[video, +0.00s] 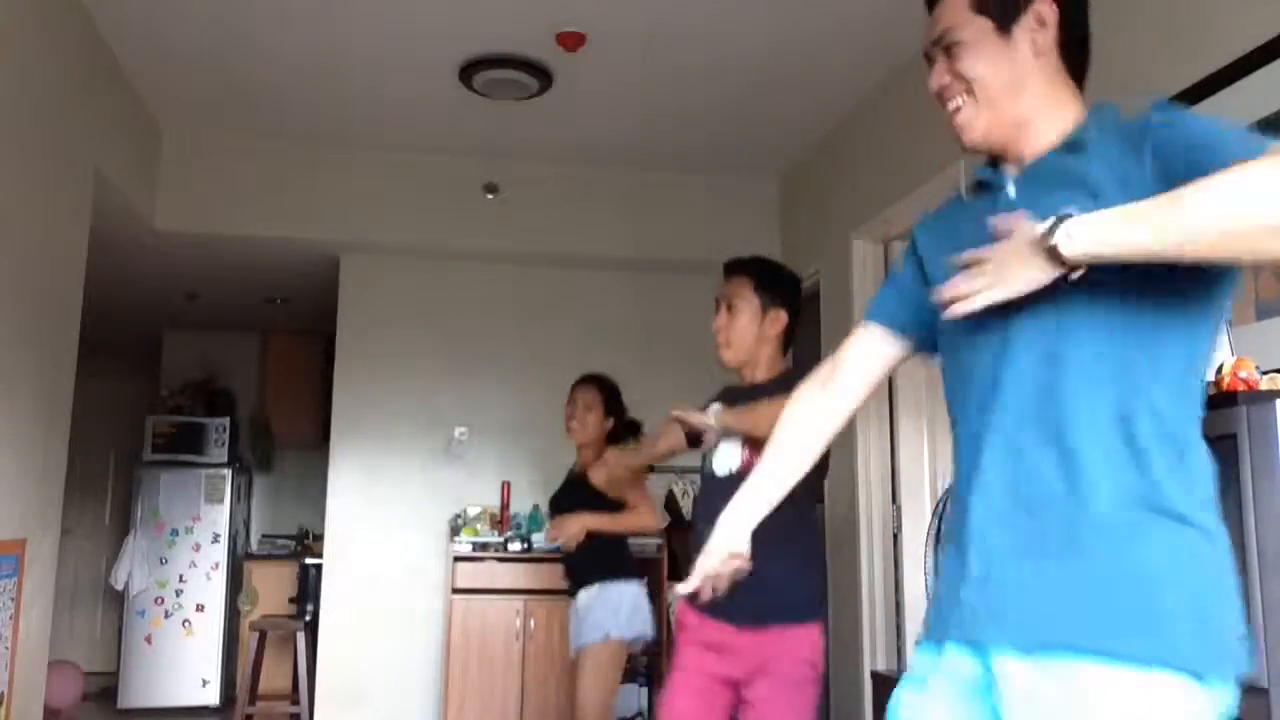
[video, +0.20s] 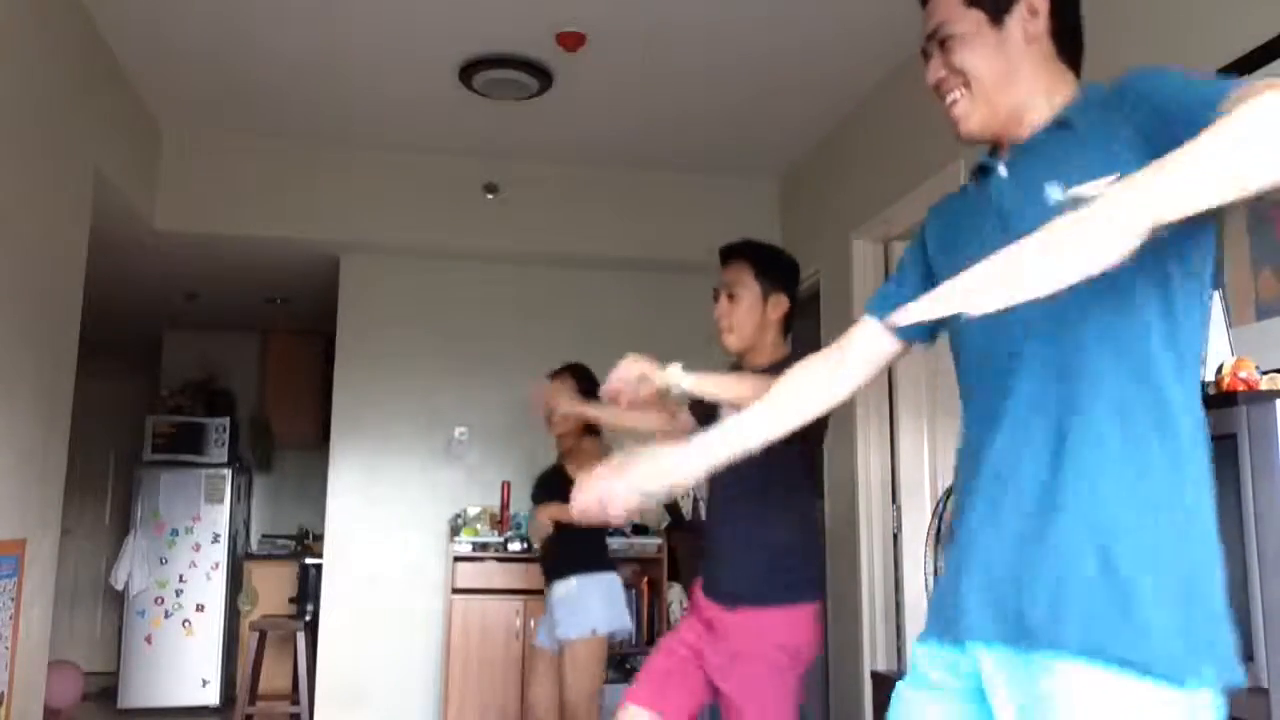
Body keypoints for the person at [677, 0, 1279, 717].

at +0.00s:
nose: (934, 81)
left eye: (950, 46)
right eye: (930, 63)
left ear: (1040, 26)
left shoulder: (1160, 143)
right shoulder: (943, 233)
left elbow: (1273, 199)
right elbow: (837, 382)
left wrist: (1065, 242)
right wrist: (735, 523)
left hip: (1141, 637)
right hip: (969, 633)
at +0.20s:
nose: (931, 70)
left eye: (945, 40)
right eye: (925, 54)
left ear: (1029, 19)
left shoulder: (1143, 106)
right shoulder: (951, 225)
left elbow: (1271, 117)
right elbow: (843, 363)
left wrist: (1128, 210)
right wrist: (690, 457)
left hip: (1131, 617)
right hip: (975, 619)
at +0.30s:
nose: (920, 68)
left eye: (933, 37)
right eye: (915, 52)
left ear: (1016, 18)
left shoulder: (1108, 100)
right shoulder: (950, 217)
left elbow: (1220, 131)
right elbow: (886, 362)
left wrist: (1264, 170)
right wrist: (788, 372)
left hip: (1095, 587)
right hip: (959, 587)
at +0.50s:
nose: (908, 102)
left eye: (925, 71)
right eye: (906, 84)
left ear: (1007, 53)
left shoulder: (1087, 147)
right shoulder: (951, 261)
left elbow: (1197, 183)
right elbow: (885, 410)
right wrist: (840, 376)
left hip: (1074, 622)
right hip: (969, 618)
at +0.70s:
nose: (935, 52)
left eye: (950, 22)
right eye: (933, 34)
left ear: (1033, 12)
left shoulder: (1141, 100)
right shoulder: (942, 180)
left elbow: (1271, 128)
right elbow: (848, 314)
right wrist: (734, 438)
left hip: (1108, 587)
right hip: (964, 583)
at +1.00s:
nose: (933, 82)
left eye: (939, 52)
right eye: (931, 61)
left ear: (1003, 26)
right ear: (992, 36)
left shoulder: (1152, 108)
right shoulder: (957, 206)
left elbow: (1277, 142)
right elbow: (864, 352)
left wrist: (1143, 233)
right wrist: (705, 470)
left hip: (1149, 622)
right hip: (986, 617)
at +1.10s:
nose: (923, 84)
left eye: (927, 53)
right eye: (920, 61)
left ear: (986, 26)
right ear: (985, 31)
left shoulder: (1122, 95)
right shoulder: (963, 206)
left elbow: (1248, 134)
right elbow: (893, 355)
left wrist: (1262, 254)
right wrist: (777, 379)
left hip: (1121, 591)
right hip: (976, 586)